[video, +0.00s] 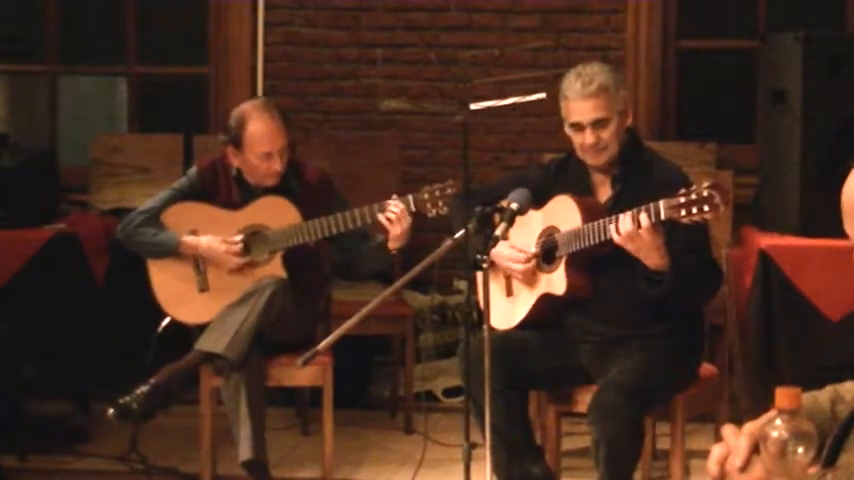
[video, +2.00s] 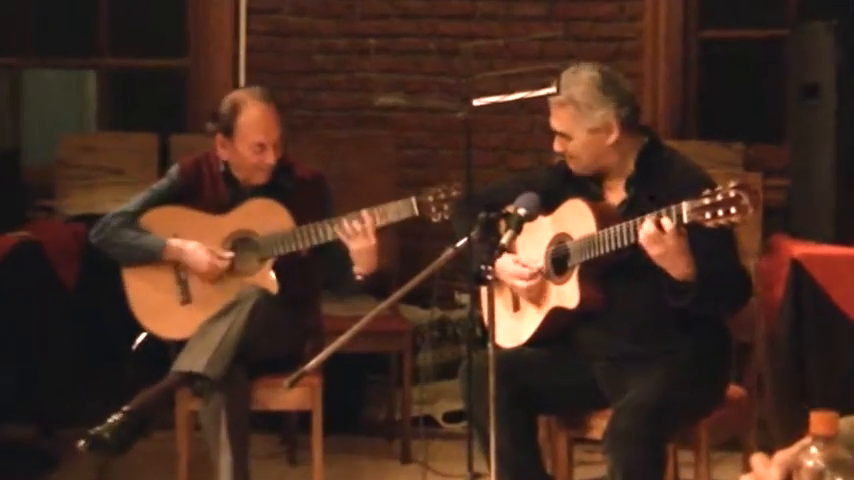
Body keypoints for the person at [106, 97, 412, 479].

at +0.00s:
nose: (277, 166)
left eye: (282, 153)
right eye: (265, 157)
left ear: (289, 142)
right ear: (234, 155)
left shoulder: (309, 183)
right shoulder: (210, 178)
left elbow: (348, 258)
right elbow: (131, 230)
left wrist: (389, 247)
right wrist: (195, 246)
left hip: (296, 315)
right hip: (228, 309)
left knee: (271, 288)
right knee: (244, 352)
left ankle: (168, 380)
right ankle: (255, 468)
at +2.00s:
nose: (270, 158)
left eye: (275, 146)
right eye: (257, 148)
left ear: (283, 139)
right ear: (223, 145)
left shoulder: (304, 188)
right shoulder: (192, 177)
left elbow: (331, 280)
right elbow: (105, 233)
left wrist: (362, 270)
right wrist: (177, 250)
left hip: (284, 331)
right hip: (208, 325)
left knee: (252, 300)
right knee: (225, 368)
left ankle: (143, 409)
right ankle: (232, 476)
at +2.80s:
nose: (233, 138)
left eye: (238, 123)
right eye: (216, 126)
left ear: (247, 120)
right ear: (178, 131)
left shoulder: (276, 189)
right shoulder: (147, 177)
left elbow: (302, 306)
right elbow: (45, 243)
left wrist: (324, 287)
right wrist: (136, 264)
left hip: (257, 361)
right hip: (166, 356)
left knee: (223, 324)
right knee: (188, 424)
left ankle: (92, 443)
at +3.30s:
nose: (170, 143)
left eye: (188, 130)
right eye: (160, 126)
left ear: (225, 132)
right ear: (150, 120)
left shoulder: (268, 190)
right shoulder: (130, 177)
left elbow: (292, 311)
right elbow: (30, 249)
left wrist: (316, 289)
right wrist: (120, 276)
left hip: (243, 366)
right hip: (148, 356)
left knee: (213, 330)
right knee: (176, 427)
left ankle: (97, 442)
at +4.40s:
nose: (142, 155)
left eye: (163, 145)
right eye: (136, 136)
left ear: (207, 147)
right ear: (129, 120)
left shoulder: (255, 192)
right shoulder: (105, 177)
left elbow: (315, 301)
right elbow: (5, 253)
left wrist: (379, 282)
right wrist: (86, 294)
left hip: (227, 385)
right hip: (113, 373)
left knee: (194, 345)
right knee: (149, 445)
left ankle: (70, 459)